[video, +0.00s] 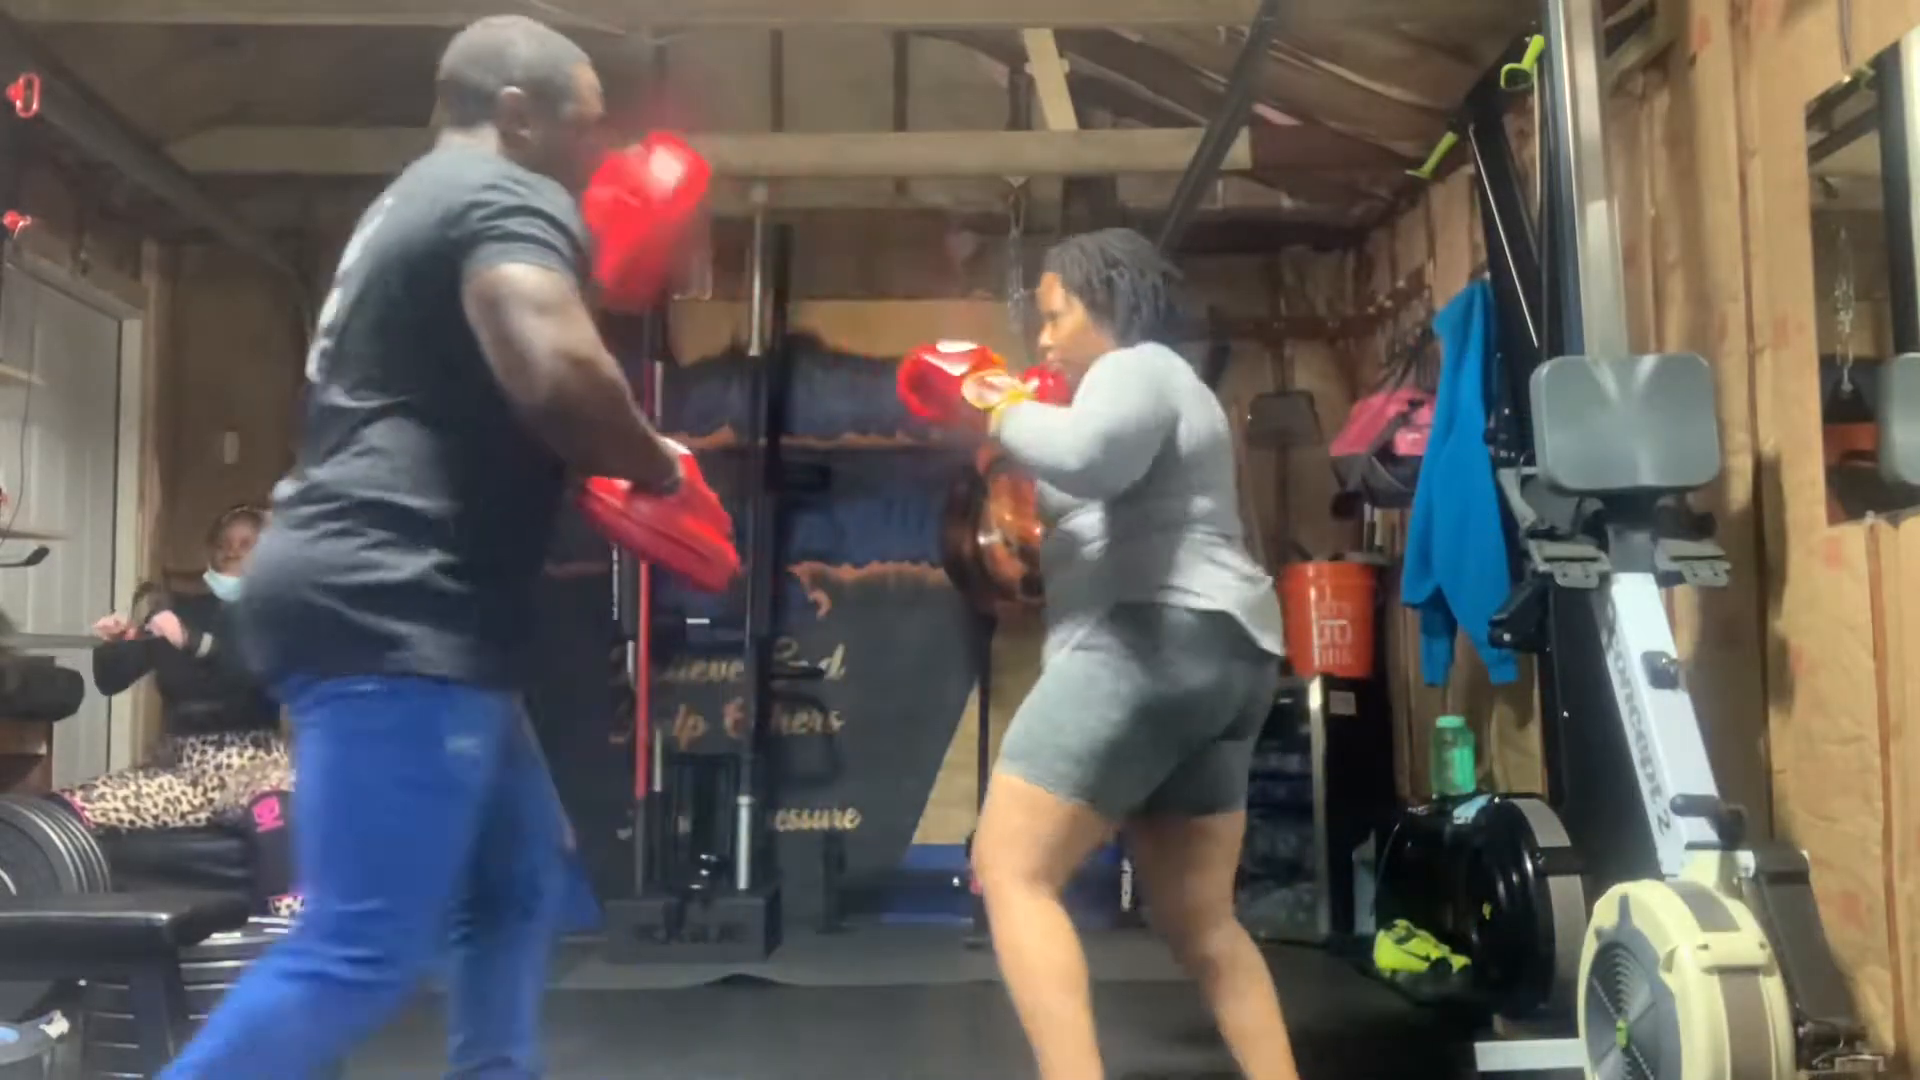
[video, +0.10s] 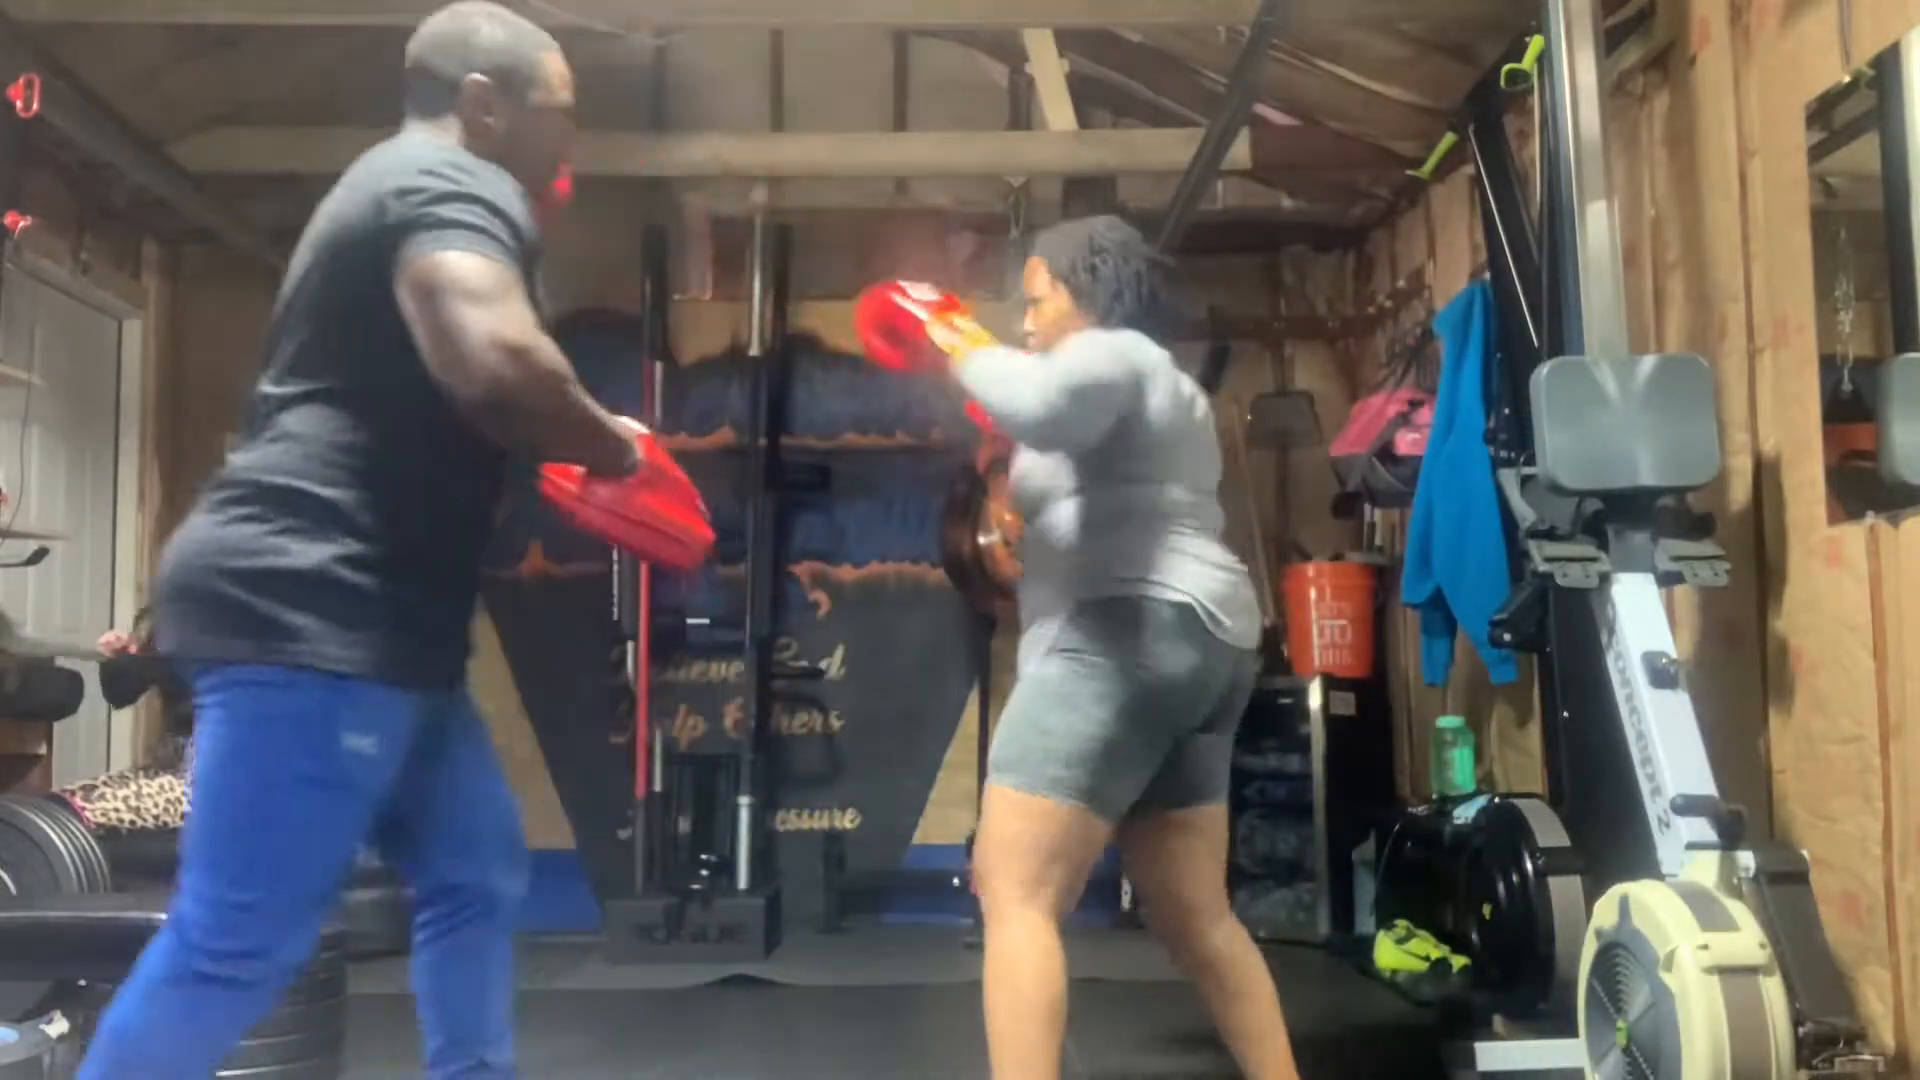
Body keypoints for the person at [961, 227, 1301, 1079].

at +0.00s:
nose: (1043, 339)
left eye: (1053, 315)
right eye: (1042, 320)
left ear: (1106, 303)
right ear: (1118, 307)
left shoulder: (1140, 368)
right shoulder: (1183, 391)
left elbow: (1093, 456)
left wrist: (1000, 408)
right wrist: (1041, 527)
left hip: (1153, 634)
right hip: (1227, 647)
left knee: (1013, 869)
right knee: (1200, 918)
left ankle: (1073, 1072)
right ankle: (1278, 1075)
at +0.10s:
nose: (1025, 320)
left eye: (1036, 298)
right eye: (1026, 300)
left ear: (1083, 290)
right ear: (1116, 295)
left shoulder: (1113, 355)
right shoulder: (1176, 386)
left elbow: (1037, 401)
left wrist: (963, 345)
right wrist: (1022, 519)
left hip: (1123, 626)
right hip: (1207, 639)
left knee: (1018, 887)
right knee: (1193, 910)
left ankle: (1025, 1070)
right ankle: (1277, 1074)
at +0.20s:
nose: (1000, 281)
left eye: (1009, 264)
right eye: (1002, 264)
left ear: (1050, 269)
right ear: (1112, 275)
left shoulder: (1059, 331)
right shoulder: (1161, 377)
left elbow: (920, 302)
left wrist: (818, 241)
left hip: (1102, 598)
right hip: (1197, 616)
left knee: (1023, 896)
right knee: (1169, 889)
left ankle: (1028, 1074)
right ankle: (1275, 1070)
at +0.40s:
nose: (976, 292)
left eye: (987, 271)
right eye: (976, 272)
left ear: (1037, 263)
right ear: (1066, 267)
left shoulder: (1066, 331)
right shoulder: (1114, 348)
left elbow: (949, 409)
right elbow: (968, 412)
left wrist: (857, 345)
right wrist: (880, 351)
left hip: (1091, 612)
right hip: (1157, 622)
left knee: (1014, 901)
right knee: (1161, 897)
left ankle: (1026, 1077)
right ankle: (1264, 1071)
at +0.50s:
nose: (988, 294)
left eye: (1003, 272)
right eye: (989, 274)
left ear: (1062, 268)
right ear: (1065, 272)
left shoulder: (1094, 343)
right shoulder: (1093, 351)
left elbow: (1045, 481)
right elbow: (1034, 477)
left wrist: (969, 406)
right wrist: (971, 410)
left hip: (1098, 632)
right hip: (1150, 633)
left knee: (1018, 907)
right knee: (1176, 907)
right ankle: (1266, 1071)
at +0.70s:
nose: (1052, 303)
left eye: (1070, 282)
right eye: (1051, 284)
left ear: (1131, 280)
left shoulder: (1182, 362)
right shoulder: (1099, 389)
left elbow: (1157, 506)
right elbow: (1057, 543)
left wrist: (1058, 428)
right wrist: (1008, 468)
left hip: (1156, 642)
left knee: (1058, 902)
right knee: (1218, 920)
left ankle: (1040, 1073)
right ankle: (1274, 1073)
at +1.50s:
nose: (991, 316)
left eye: (1012, 298)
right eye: (986, 298)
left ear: (1073, 300)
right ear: (981, 302)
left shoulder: (1115, 391)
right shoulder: (1012, 406)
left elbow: (1143, 537)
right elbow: (997, 559)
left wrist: (1011, 503)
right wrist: (912, 521)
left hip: (1119, 652)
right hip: (1054, 658)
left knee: (1004, 882)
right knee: (1181, 910)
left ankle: (974, 1073)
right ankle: (1267, 1072)